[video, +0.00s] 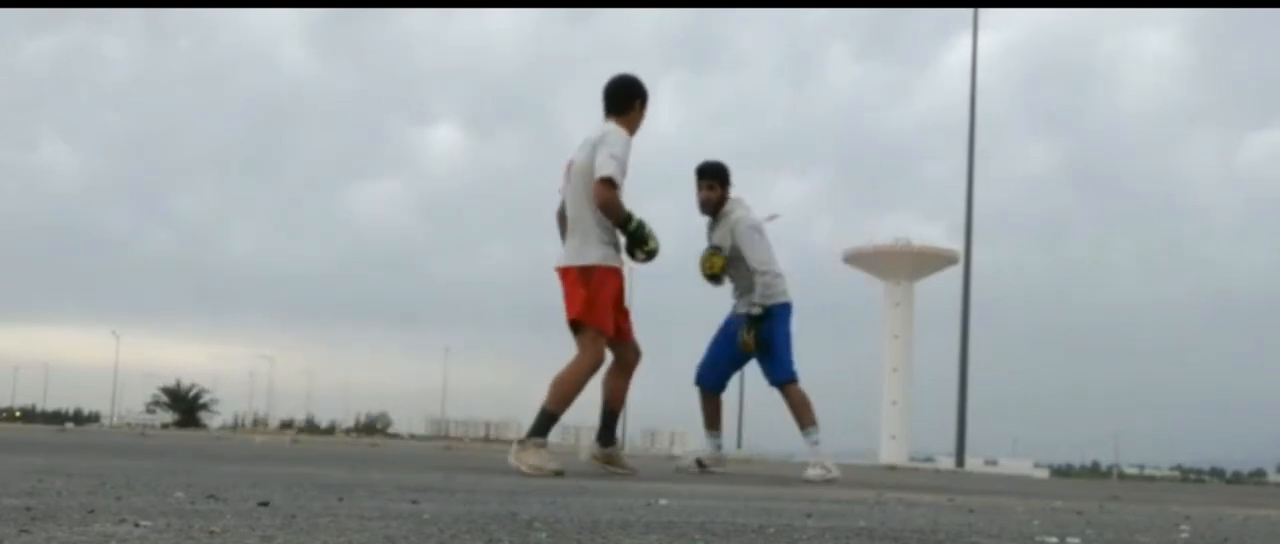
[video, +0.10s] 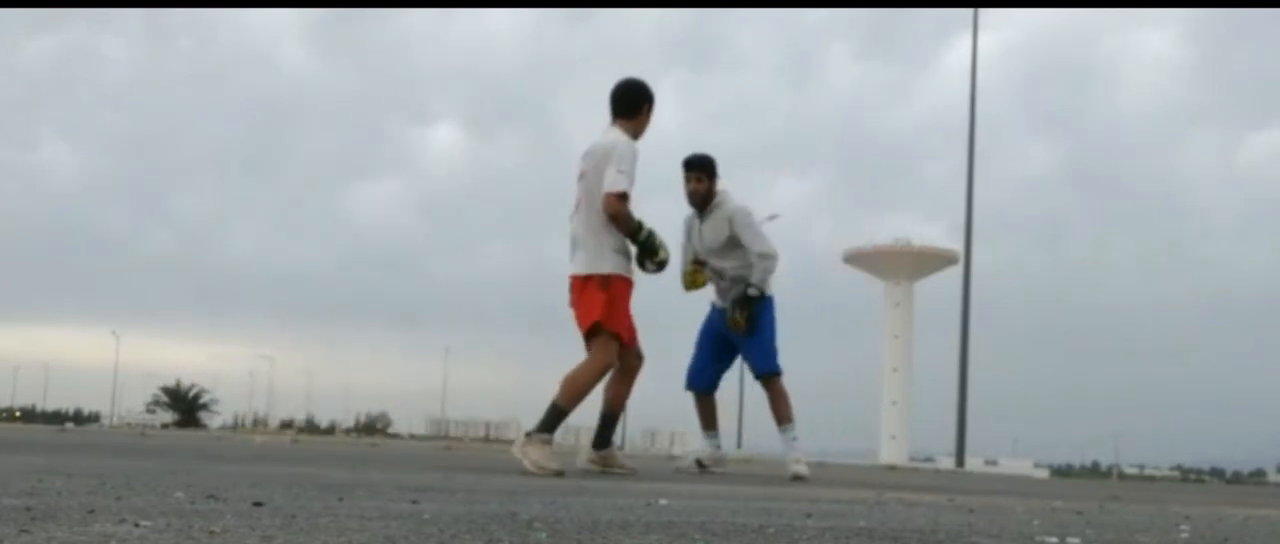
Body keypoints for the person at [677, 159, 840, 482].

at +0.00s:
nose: (701, 197)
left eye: (707, 190)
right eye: (699, 190)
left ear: (722, 190)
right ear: (700, 191)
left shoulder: (742, 221)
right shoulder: (717, 223)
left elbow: (767, 272)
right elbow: (718, 266)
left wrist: (754, 315)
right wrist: (713, 267)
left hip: (770, 307)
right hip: (743, 307)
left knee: (784, 379)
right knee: (708, 378)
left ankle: (819, 457)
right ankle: (713, 452)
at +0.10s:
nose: (693, 188)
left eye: (700, 181)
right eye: (689, 181)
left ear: (713, 183)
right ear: (684, 184)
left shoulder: (735, 213)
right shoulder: (692, 222)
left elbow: (766, 255)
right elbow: (689, 273)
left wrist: (751, 295)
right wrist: (695, 275)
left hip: (753, 303)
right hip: (722, 307)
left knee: (768, 375)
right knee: (700, 381)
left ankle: (793, 453)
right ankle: (713, 451)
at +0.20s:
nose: (687, 180)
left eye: (694, 173)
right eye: (683, 173)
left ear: (707, 175)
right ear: (678, 176)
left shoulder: (732, 205)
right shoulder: (676, 217)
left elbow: (766, 242)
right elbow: (665, 255)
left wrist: (739, 268)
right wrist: (670, 283)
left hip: (739, 300)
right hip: (703, 303)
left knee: (745, 370)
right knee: (697, 378)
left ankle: (758, 451)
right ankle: (712, 449)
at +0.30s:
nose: (688, 178)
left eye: (694, 171)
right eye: (683, 171)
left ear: (704, 172)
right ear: (675, 174)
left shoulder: (727, 204)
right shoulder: (670, 210)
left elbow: (754, 244)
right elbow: (651, 254)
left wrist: (718, 256)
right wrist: (653, 293)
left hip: (724, 299)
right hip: (688, 301)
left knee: (725, 372)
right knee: (695, 378)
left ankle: (714, 440)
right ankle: (710, 445)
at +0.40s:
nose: (688, 181)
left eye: (693, 174)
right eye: (683, 174)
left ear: (702, 177)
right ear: (673, 177)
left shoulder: (718, 209)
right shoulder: (664, 210)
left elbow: (736, 252)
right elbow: (647, 241)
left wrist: (710, 251)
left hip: (711, 300)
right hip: (676, 300)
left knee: (710, 376)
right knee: (690, 378)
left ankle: (680, 431)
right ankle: (709, 443)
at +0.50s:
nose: (683, 185)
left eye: (687, 178)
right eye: (677, 179)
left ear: (695, 180)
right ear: (667, 181)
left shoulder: (707, 213)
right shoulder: (655, 211)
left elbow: (717, 260)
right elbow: (646, 248)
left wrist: (690, 246)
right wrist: (667, 240)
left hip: (694, 302)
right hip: (663, 300)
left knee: (688, 380)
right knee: (676, 377)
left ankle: (651, 438)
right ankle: (702, 442)